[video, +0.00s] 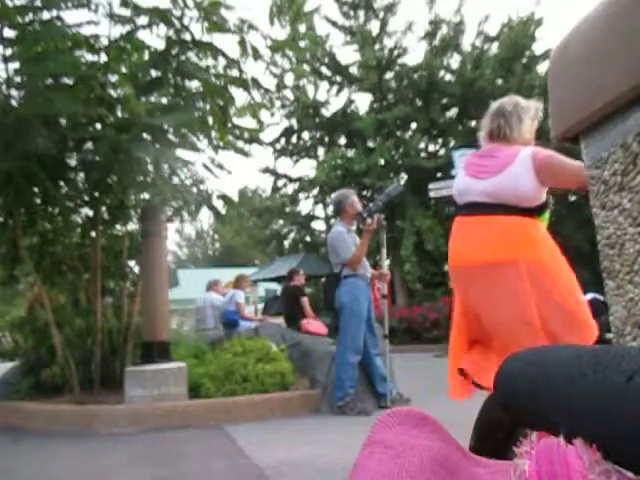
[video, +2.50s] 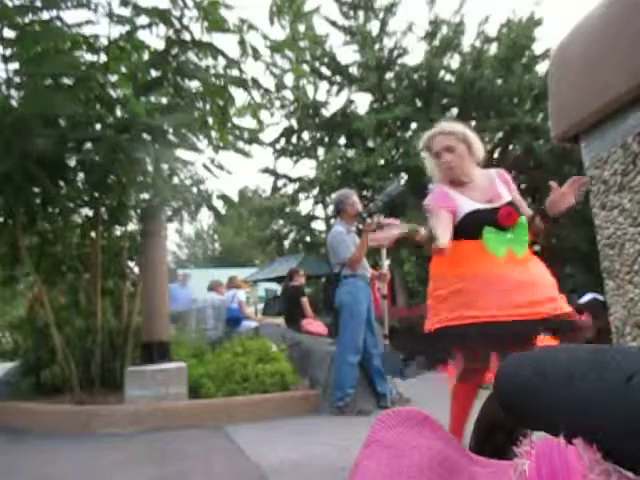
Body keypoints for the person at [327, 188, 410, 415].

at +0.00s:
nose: (361, 206)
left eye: (359, 201)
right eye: (356, 201)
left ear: (349, 207)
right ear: (346, 207)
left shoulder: (350, 233)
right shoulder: (337, 234)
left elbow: (358, 267)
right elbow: (353, 262)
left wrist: (375, 274)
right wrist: (367, 234)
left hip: (363, 284)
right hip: (351, 284)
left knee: (370, 344)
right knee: (351, 345)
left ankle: (386, 393)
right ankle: (344, 397)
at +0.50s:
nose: (361, 206)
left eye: (359, 201)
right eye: (357, 202)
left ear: (350, 207)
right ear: (347, 207)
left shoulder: (350, 233)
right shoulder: (337, 234)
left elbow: (358, 265)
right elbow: (353, 262)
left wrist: (374, 274)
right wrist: (367, 235)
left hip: (363, 285)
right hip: (351, 285)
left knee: (371, 344)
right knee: (350, 345)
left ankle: (386, 393)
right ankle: (344, 398)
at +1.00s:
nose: (361, 205)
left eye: (359, 201)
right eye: (356, 201)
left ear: (349, 207)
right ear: (347, 206)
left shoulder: (350, 233)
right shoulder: (337, 234)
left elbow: (357, 266)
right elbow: (352, 262)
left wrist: (374, 274)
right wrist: (366, 235)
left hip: (362, 284)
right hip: (350, 284)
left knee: (370, 344)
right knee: (350, 345)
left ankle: (386, 393)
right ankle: (344, 398)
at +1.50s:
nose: (360, 206)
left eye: (358, 201)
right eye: (356, 202)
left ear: (348, 207)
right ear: (347, 207)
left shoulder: (350, 233)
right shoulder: (337, 234)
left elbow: (357, 265)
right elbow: (352, 262)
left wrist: (374, 273)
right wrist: (366, 235)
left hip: (362, 284)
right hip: (350, 284)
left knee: (370, 344)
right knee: (350, 345)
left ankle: (386, 393)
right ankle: (344, 398)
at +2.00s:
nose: (360, 206)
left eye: (359, 202)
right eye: (355, 203)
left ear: (349, 208)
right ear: (345, 207)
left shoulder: (350, 233)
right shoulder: (337, 233)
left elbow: (358, 264)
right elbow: (352, 262)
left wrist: (374, 273)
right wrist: (365, 236)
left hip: (362, 284)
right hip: (350, 284)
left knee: (369, 343)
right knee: (350, 344)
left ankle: (386, 393)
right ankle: (344, 397)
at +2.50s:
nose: (360, 206)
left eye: (359, 202)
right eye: (356, 203)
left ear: (350, 207)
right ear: (345, 208)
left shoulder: (352, 233)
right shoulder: (337, 234)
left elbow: (357, 264)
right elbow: (353, 262)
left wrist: (374, 274)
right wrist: (365, 235)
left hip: (363, 284)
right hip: (350, 284)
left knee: (370, 343)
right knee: (351, 343)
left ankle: (385, 393)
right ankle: (343, 398)